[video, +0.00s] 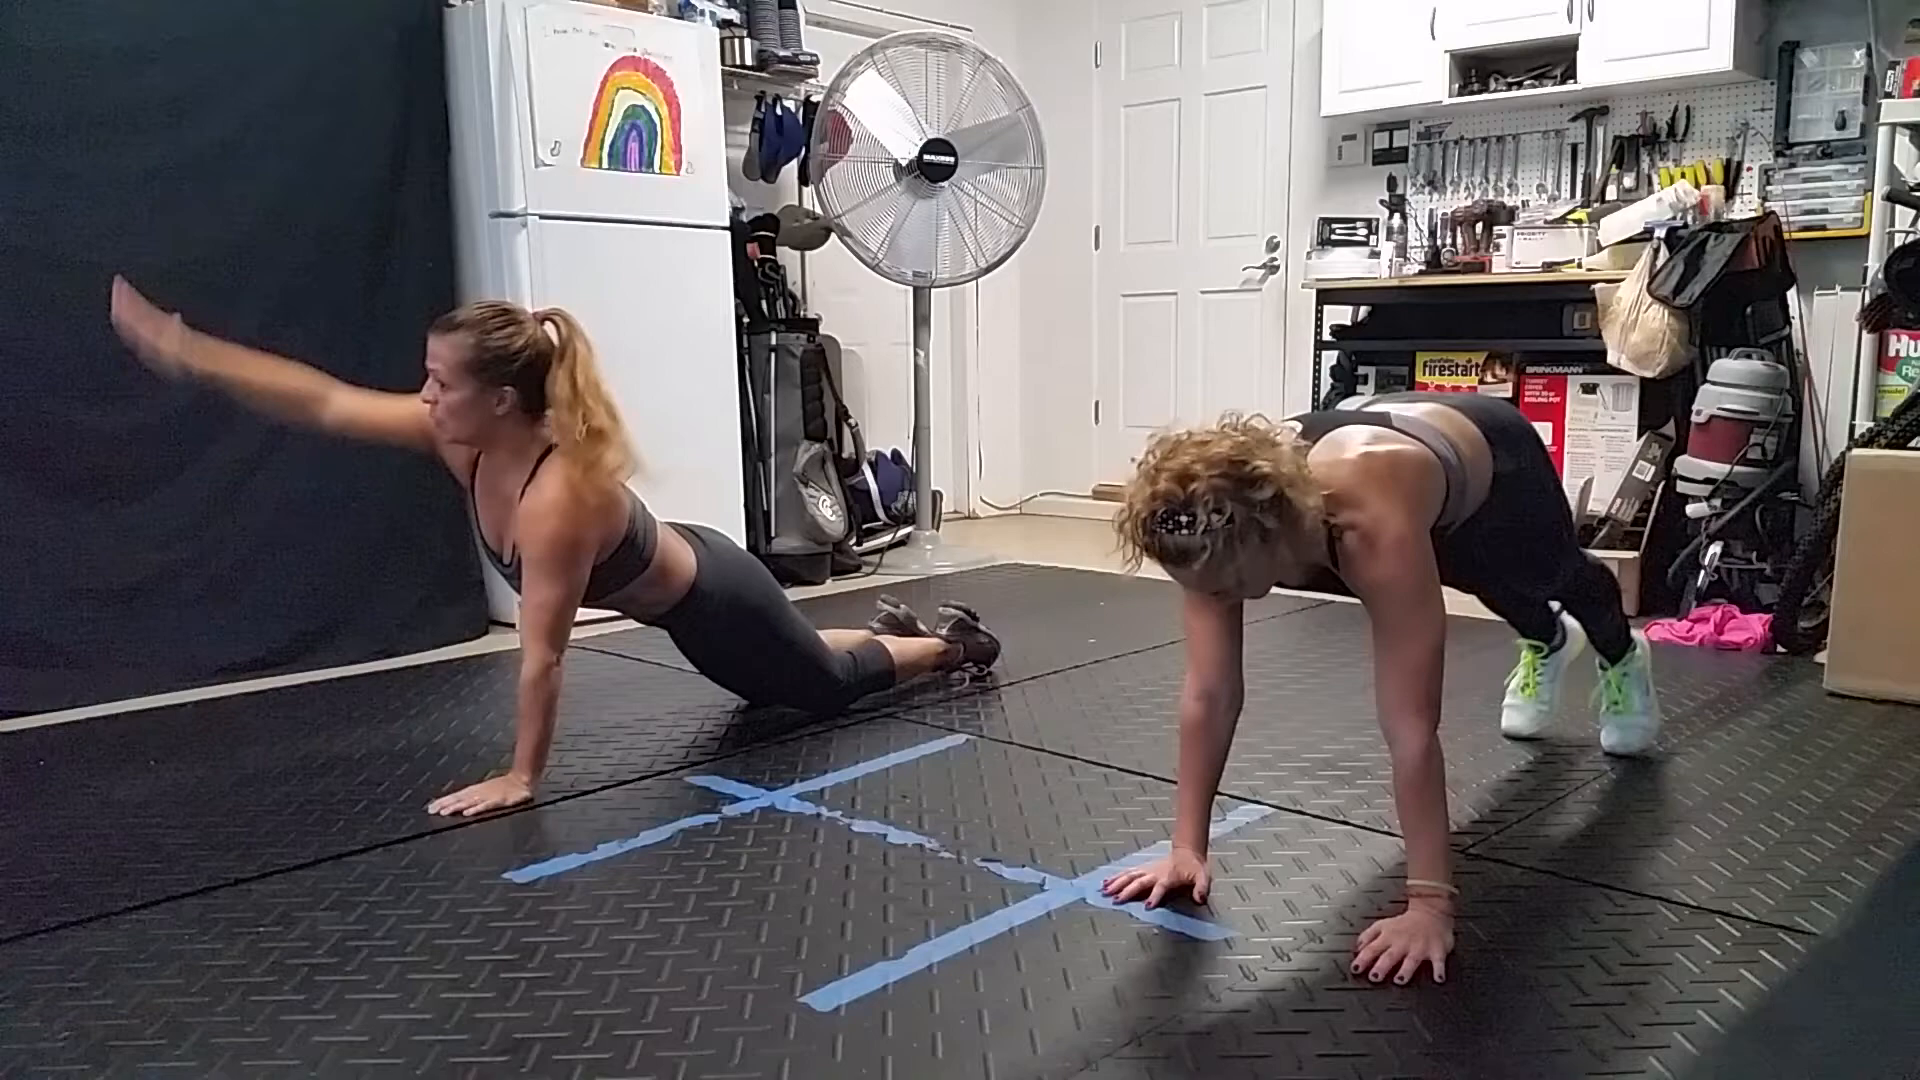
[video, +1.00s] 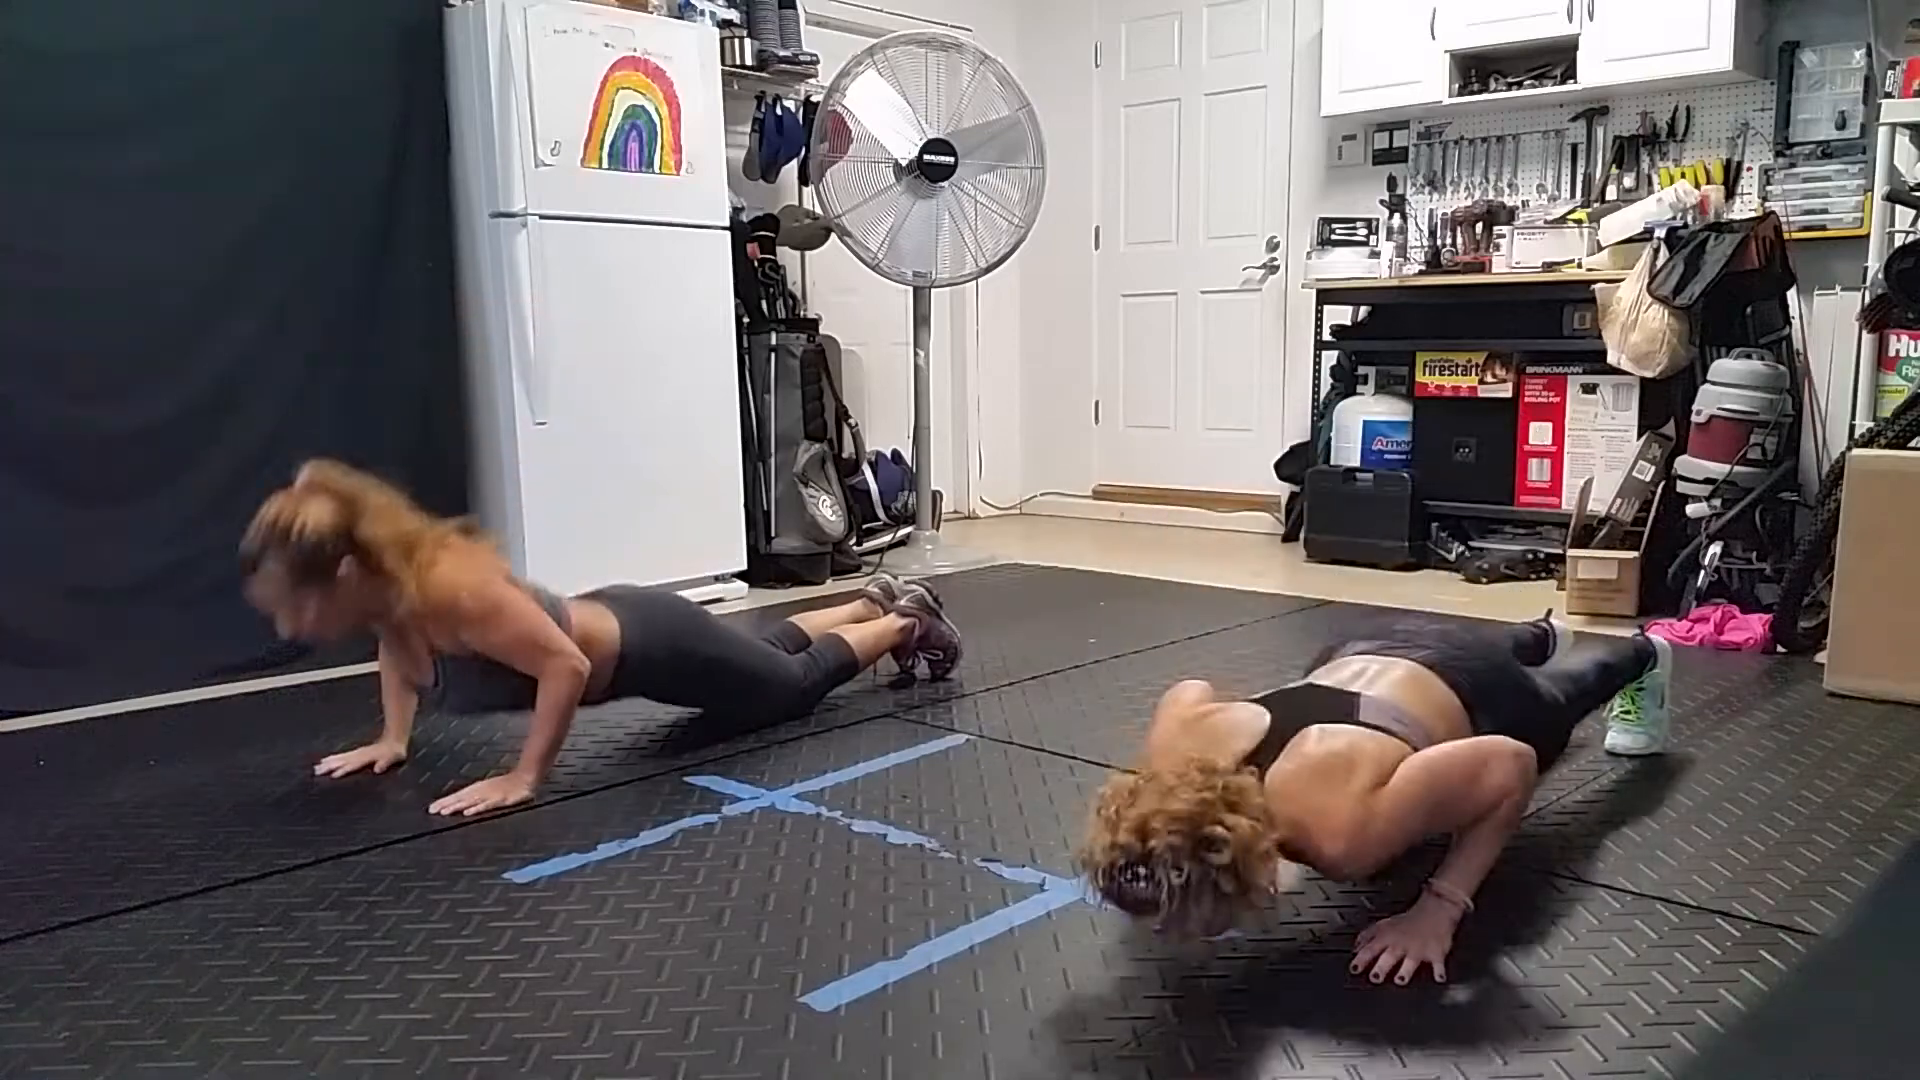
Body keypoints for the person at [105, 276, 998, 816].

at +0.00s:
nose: (423, 394)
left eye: (441, 383)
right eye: (427, 378)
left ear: (504, 401)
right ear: (463, 392)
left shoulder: (562, 493)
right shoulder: (456, 430)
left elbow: (545, 644)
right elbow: (318, 398)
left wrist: (521, 776)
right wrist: (185, 349)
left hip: (718, 606)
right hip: (679, 580)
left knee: (840, 673)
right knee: (785, 650)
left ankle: (941, 649)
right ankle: (882, 639)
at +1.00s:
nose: (289, 633)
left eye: (288, 615)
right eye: (278, 620)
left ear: (337, 577)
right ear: (329, 573)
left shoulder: (453, 591)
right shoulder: (391, 588)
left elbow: (565, 667)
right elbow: (397, 659)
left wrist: (521, 777)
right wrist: (391, 742)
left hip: (655, 644)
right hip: (611, 620)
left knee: (799, 678)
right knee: (757, 644)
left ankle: (907, 621)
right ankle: (871, 603)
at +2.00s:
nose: (353, 415)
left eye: (369, 398)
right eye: (346, 400)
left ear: (428, 400)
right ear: (357, 409)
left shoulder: (487, 465)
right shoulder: (405, 501)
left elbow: (355, 439)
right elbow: (403, 621)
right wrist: (392, 740)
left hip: (682, 577)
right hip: (644, 585)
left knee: (812, 680)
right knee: (777, 643)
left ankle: (918, 631)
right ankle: (874, 607)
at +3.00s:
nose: (296, 716)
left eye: (291, 699)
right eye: (282, 706)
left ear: (322, 662)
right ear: (318, 658)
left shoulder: (430, 638)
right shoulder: (370, 644)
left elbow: (580, 667)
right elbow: (425, 681)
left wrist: (525, 779)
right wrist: (400, 734)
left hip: (651, 660)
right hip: (607, 638)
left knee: (806, 681)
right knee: (761, 644)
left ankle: (914, 620)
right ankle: (871, 599)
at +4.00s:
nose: (452, 392)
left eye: (473, 380)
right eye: (453, 376)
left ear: (536, 403)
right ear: (464, 393)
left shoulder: (567, 502)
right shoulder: (459, 437)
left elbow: (549, 651)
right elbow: (320, 398)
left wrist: (526, 775)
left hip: (729, 590)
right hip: (683, 565)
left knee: (825, 679)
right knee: (783, 642)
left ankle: (929, 624)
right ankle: (887, 602)